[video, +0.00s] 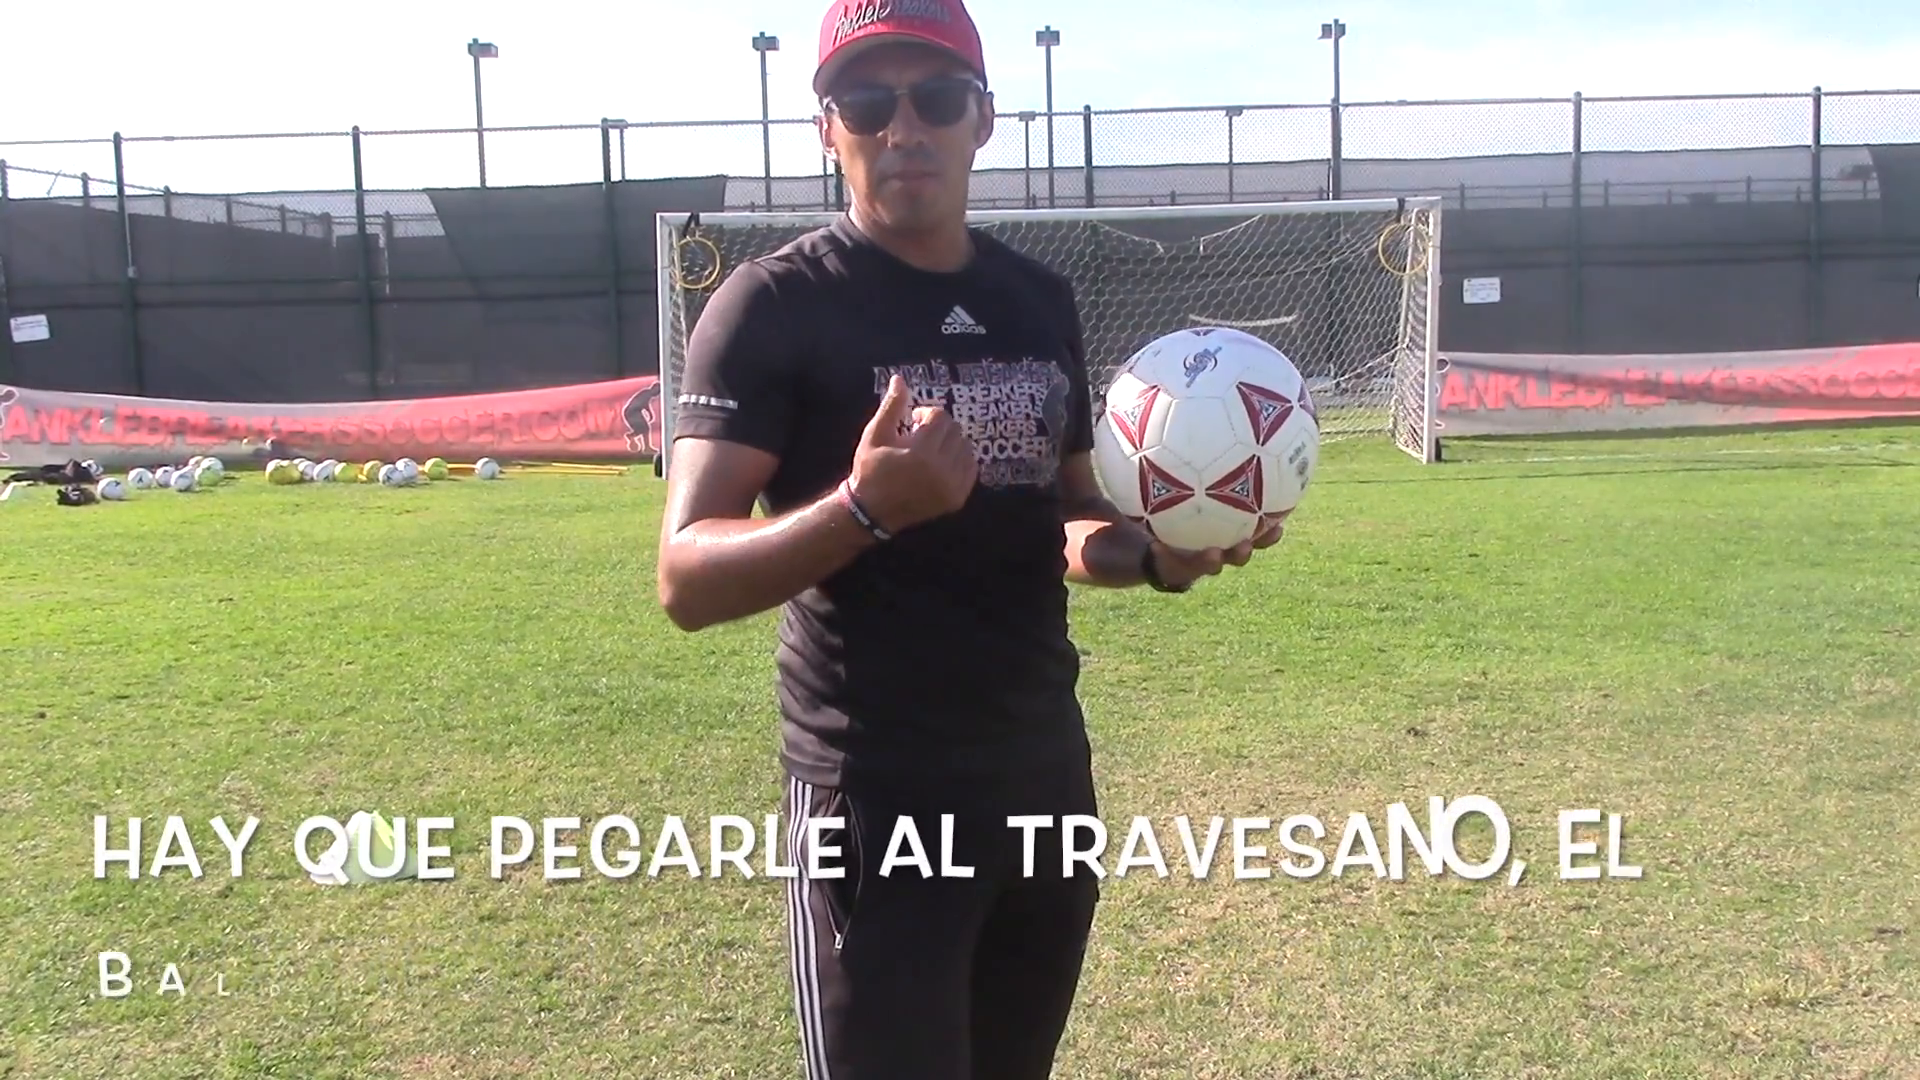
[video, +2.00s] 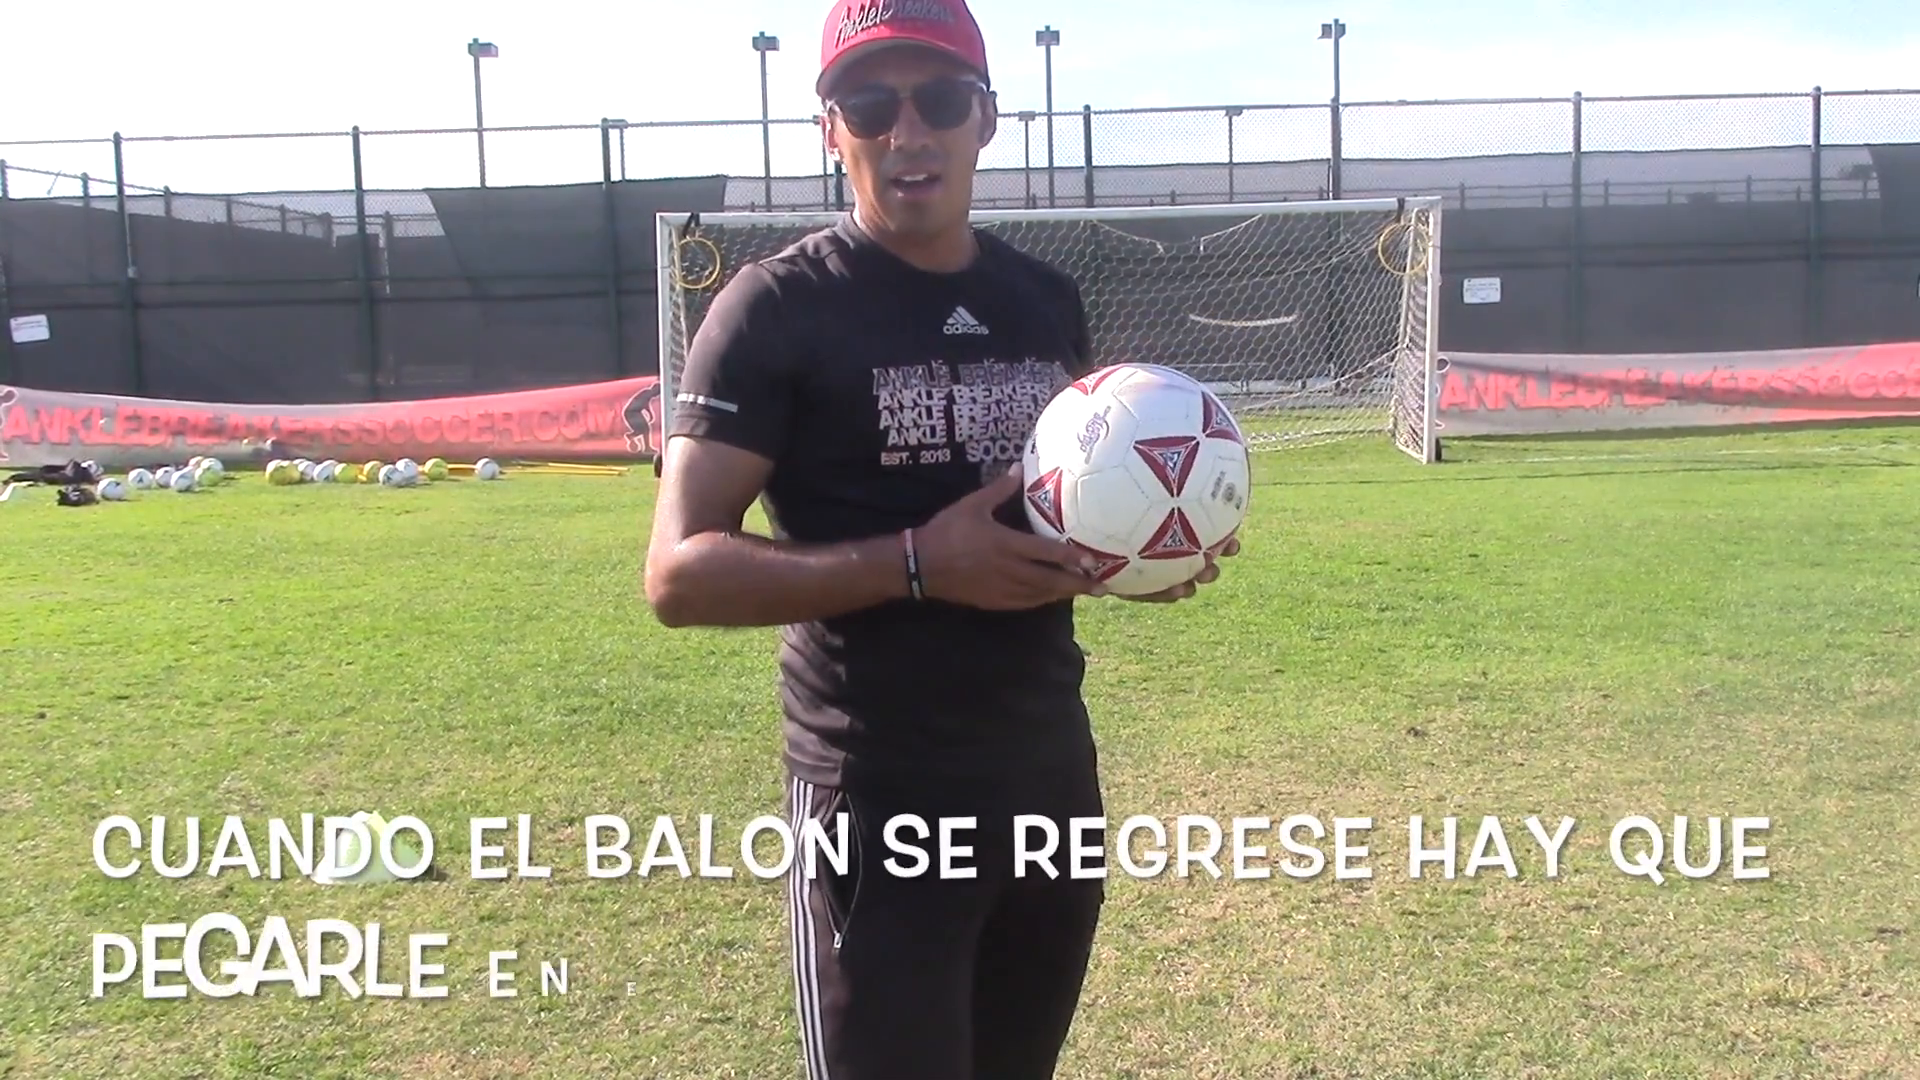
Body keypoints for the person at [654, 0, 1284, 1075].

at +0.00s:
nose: (906, 130)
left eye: (937, 100)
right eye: (870, 102)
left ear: (983, 122)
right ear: (828, 129)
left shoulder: (1039, 296)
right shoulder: (767, 305)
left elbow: (1075, 524)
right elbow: (687, 585)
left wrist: (1156, 552)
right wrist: (862, 510)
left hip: (1040, 769)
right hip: (866, 784)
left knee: (1011, 1062)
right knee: (886, 1063)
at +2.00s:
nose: (911, 135)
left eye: (942, 102)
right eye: (874, 105)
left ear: (985, 120)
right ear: (832, 132)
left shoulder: (1043, 299)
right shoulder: (772, 306)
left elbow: (1067, 509)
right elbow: (678, 575)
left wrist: (1167, 535)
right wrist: (916, 560)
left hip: (1045, 759)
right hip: (874, 772)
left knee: (1018, 1062)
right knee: (888, 1062)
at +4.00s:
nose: (908, 137)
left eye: (940, 104)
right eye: (874, 109)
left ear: (989, 119)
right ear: (837, 133)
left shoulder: (1057, 298)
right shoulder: (775, 300)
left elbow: (1094, 526)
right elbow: (678, 562)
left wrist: (1157, 554)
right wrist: (915, 562)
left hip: (1050, 764)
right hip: (872, 777)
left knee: (1020, 1062)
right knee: (887, 1062)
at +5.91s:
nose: (901, 108)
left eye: (939, 78)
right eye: (864, 79)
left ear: (993, 113)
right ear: (823, 114)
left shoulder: (1048, 297)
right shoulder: (747, 313)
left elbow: (1086, 512)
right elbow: (633, 595)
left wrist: (1136, 596)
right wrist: (861, 599)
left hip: (1020, 776)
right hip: (847, 798)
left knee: (1019, 1061)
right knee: (900, 1063)